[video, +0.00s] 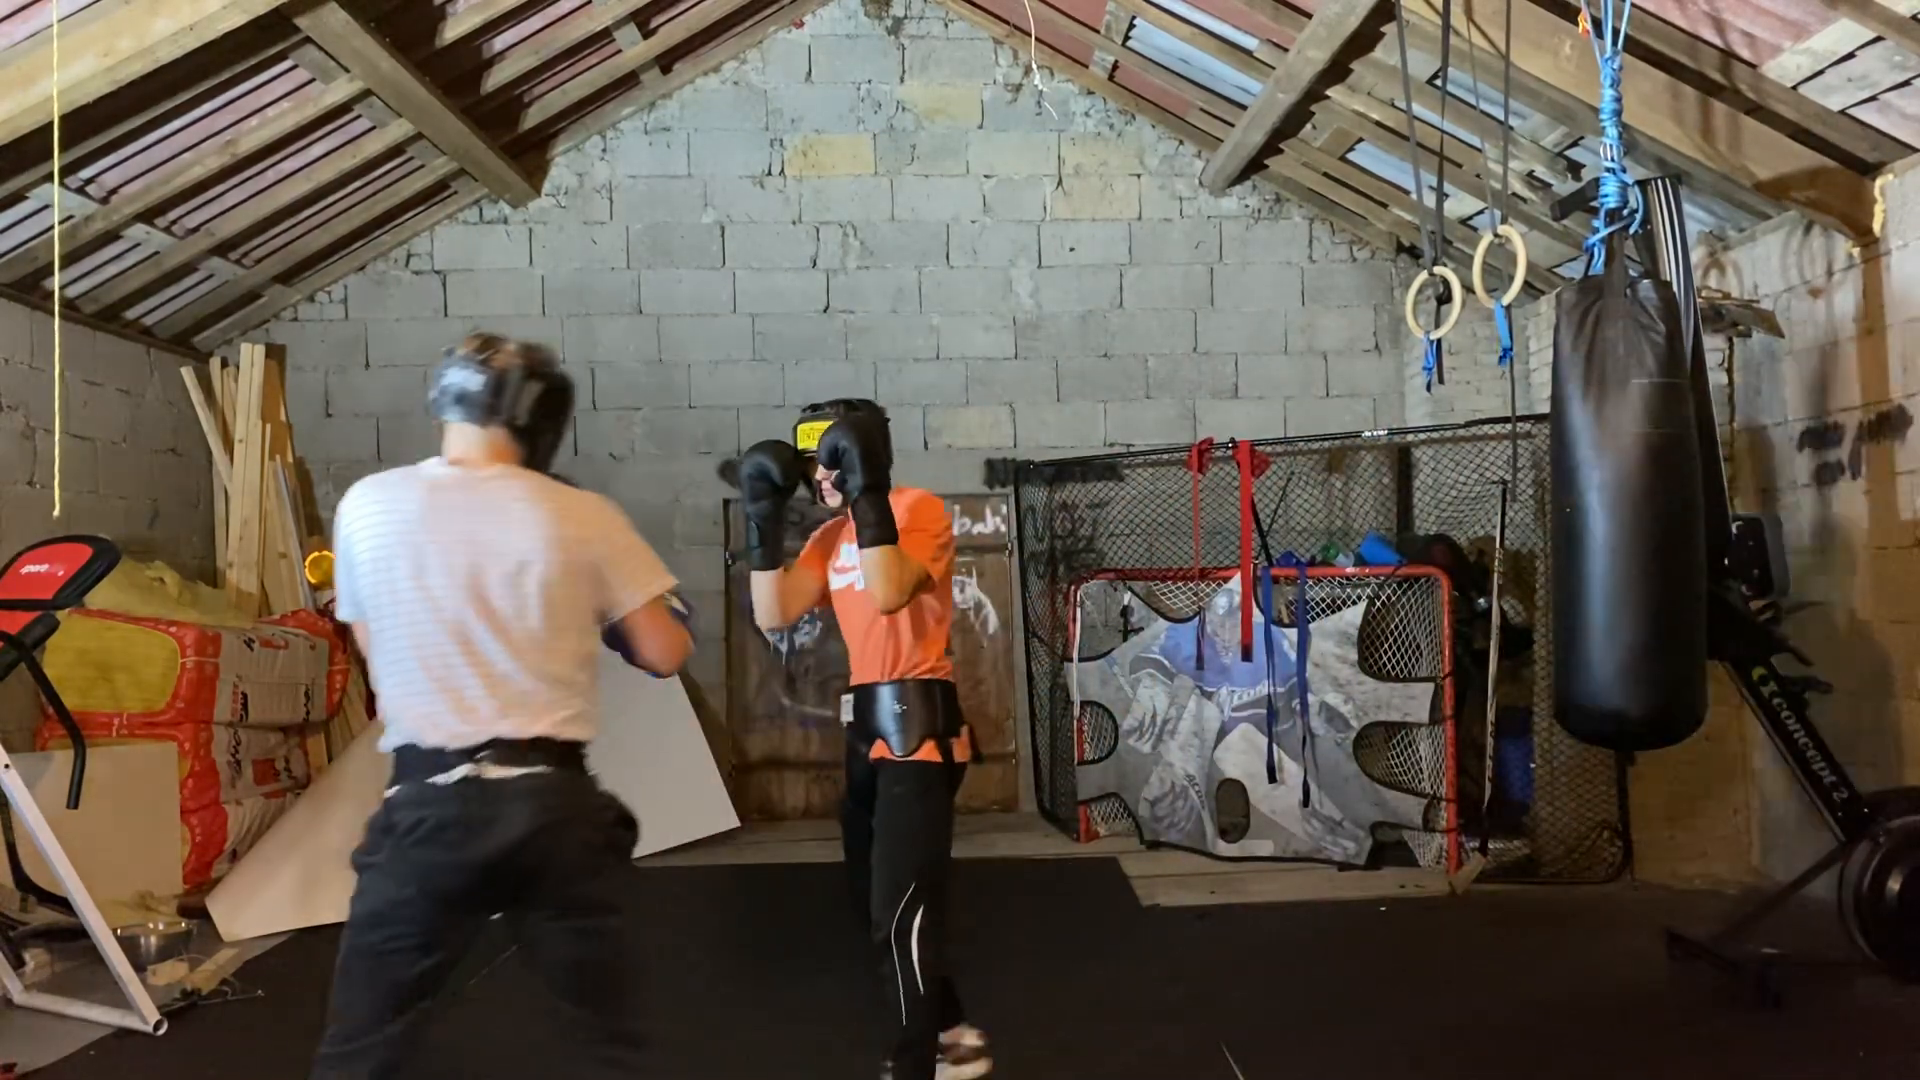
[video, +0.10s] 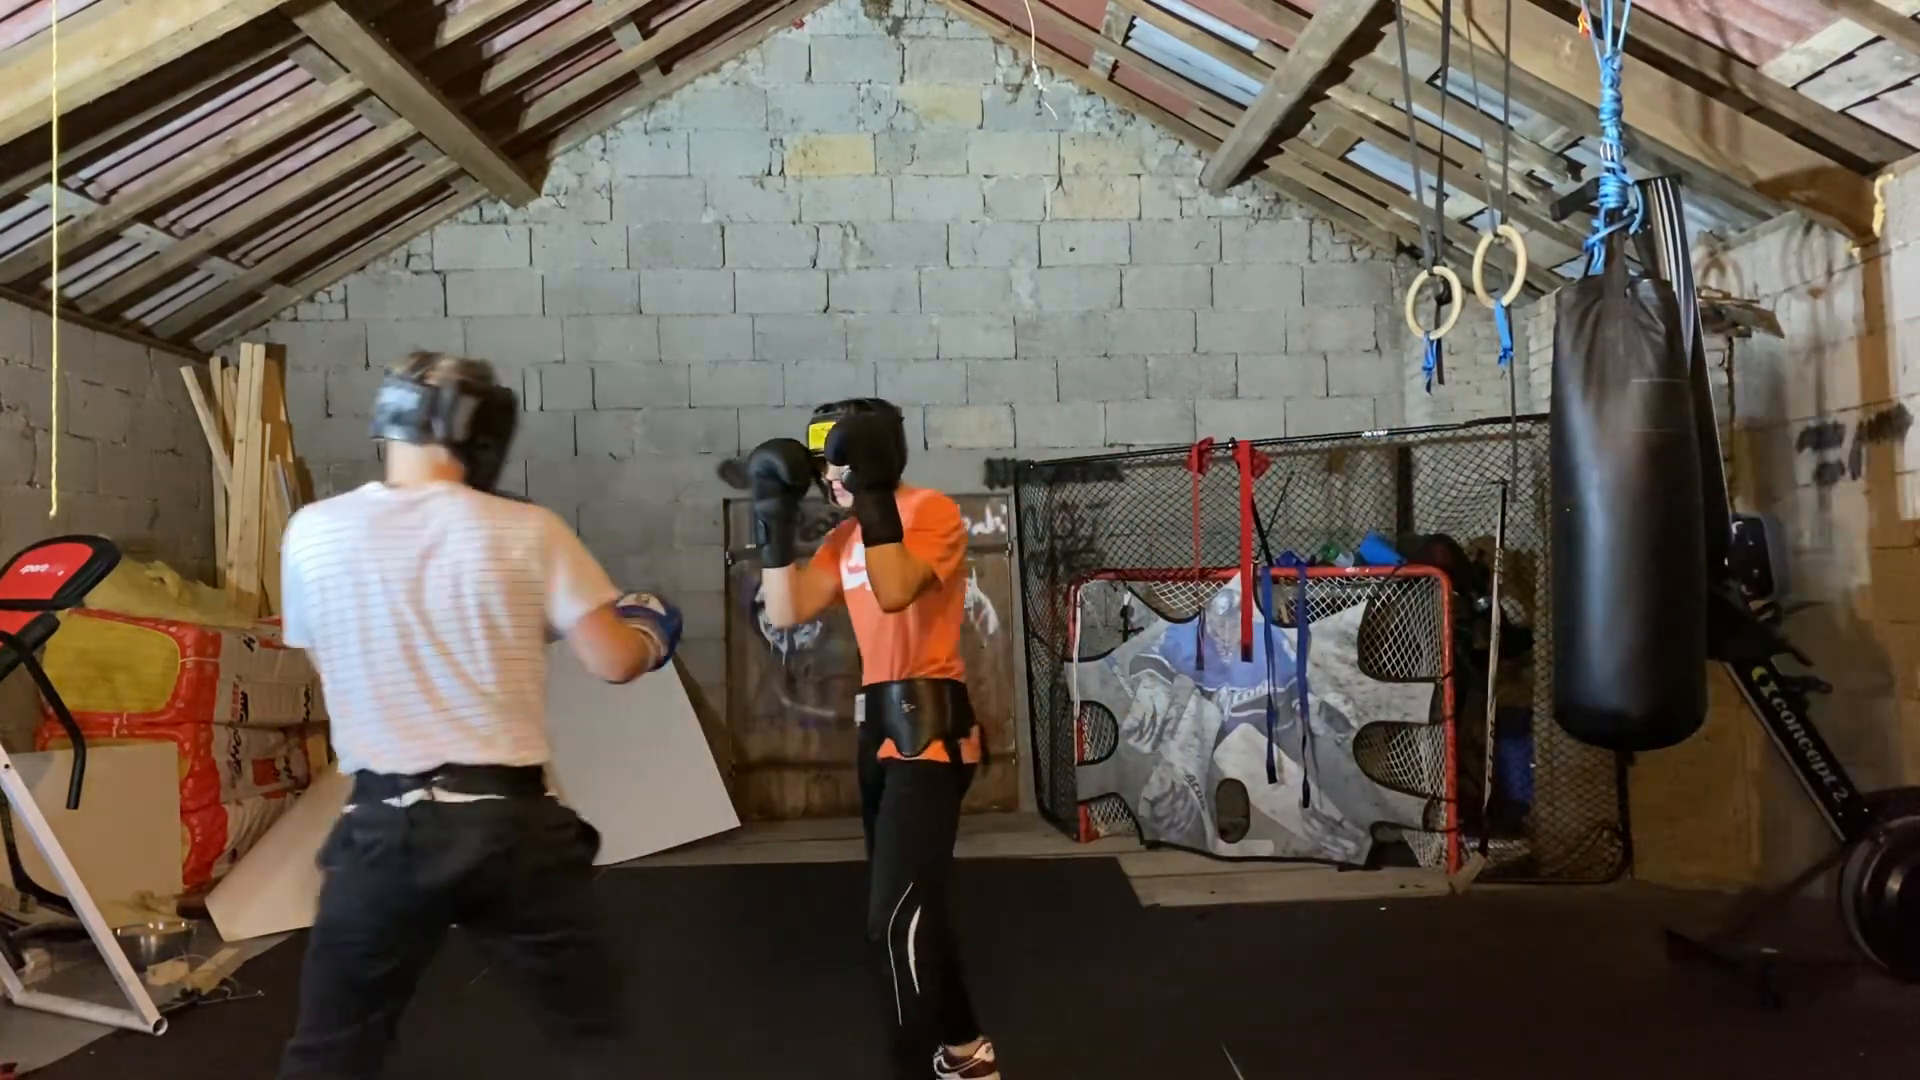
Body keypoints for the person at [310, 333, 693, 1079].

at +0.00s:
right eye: (549, 420)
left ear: (446, 409)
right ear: (544, 422)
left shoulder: (365, 506)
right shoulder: (581, 517)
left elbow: (365, 638)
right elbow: (663, 652)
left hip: (425, 825)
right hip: (556, 816)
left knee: (355, 1056)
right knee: (615, 1048)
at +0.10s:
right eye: (494, 431)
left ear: (386, 428)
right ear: (486, 437)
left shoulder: (310, 534)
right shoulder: (528, 532)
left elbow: (316, 648)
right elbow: (615, 659)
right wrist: (652, 626)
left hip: (382, 841)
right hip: (514, 832)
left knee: (327, 1056)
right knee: (595, 1044)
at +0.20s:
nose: (457, 436)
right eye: (452, 422)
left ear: (348, 416)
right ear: (444, 427)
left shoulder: (273, 527)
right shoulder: (483, 517)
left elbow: (290, 655)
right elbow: (562, 643)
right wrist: (623, 621)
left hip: (359, 827)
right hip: (488, 814)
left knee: (308, 1050)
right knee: (579, 1015)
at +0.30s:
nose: (435, 421)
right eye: (431, 408)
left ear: (327, 407)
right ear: (421, 415)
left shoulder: (255, 519)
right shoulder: (460, 501)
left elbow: (283, 635)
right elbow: (530, 620)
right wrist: (611, 599)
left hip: (345, 807)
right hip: (467, 788)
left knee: (308, 1036)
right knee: (558, 992)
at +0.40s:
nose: (433, 434)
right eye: (429, 420)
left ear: (325, 420)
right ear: (419, 426)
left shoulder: (257, 529)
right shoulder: (454, 509)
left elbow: (298, 639)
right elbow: (532, 626)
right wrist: (607, 598)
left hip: (336, 813)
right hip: (458, 799)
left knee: (299, 1040)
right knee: (535, 1019)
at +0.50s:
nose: (453, 453)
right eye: (449, 439)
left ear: (348, 436)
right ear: (435, 444)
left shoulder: (277, 541)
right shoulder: (466, 527)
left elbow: (357, 606)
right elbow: (542, 643)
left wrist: (458, 528)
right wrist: (617, 618)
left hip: (340, 820)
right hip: (459, 813)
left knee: (301, 1038)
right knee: (535, 1024)